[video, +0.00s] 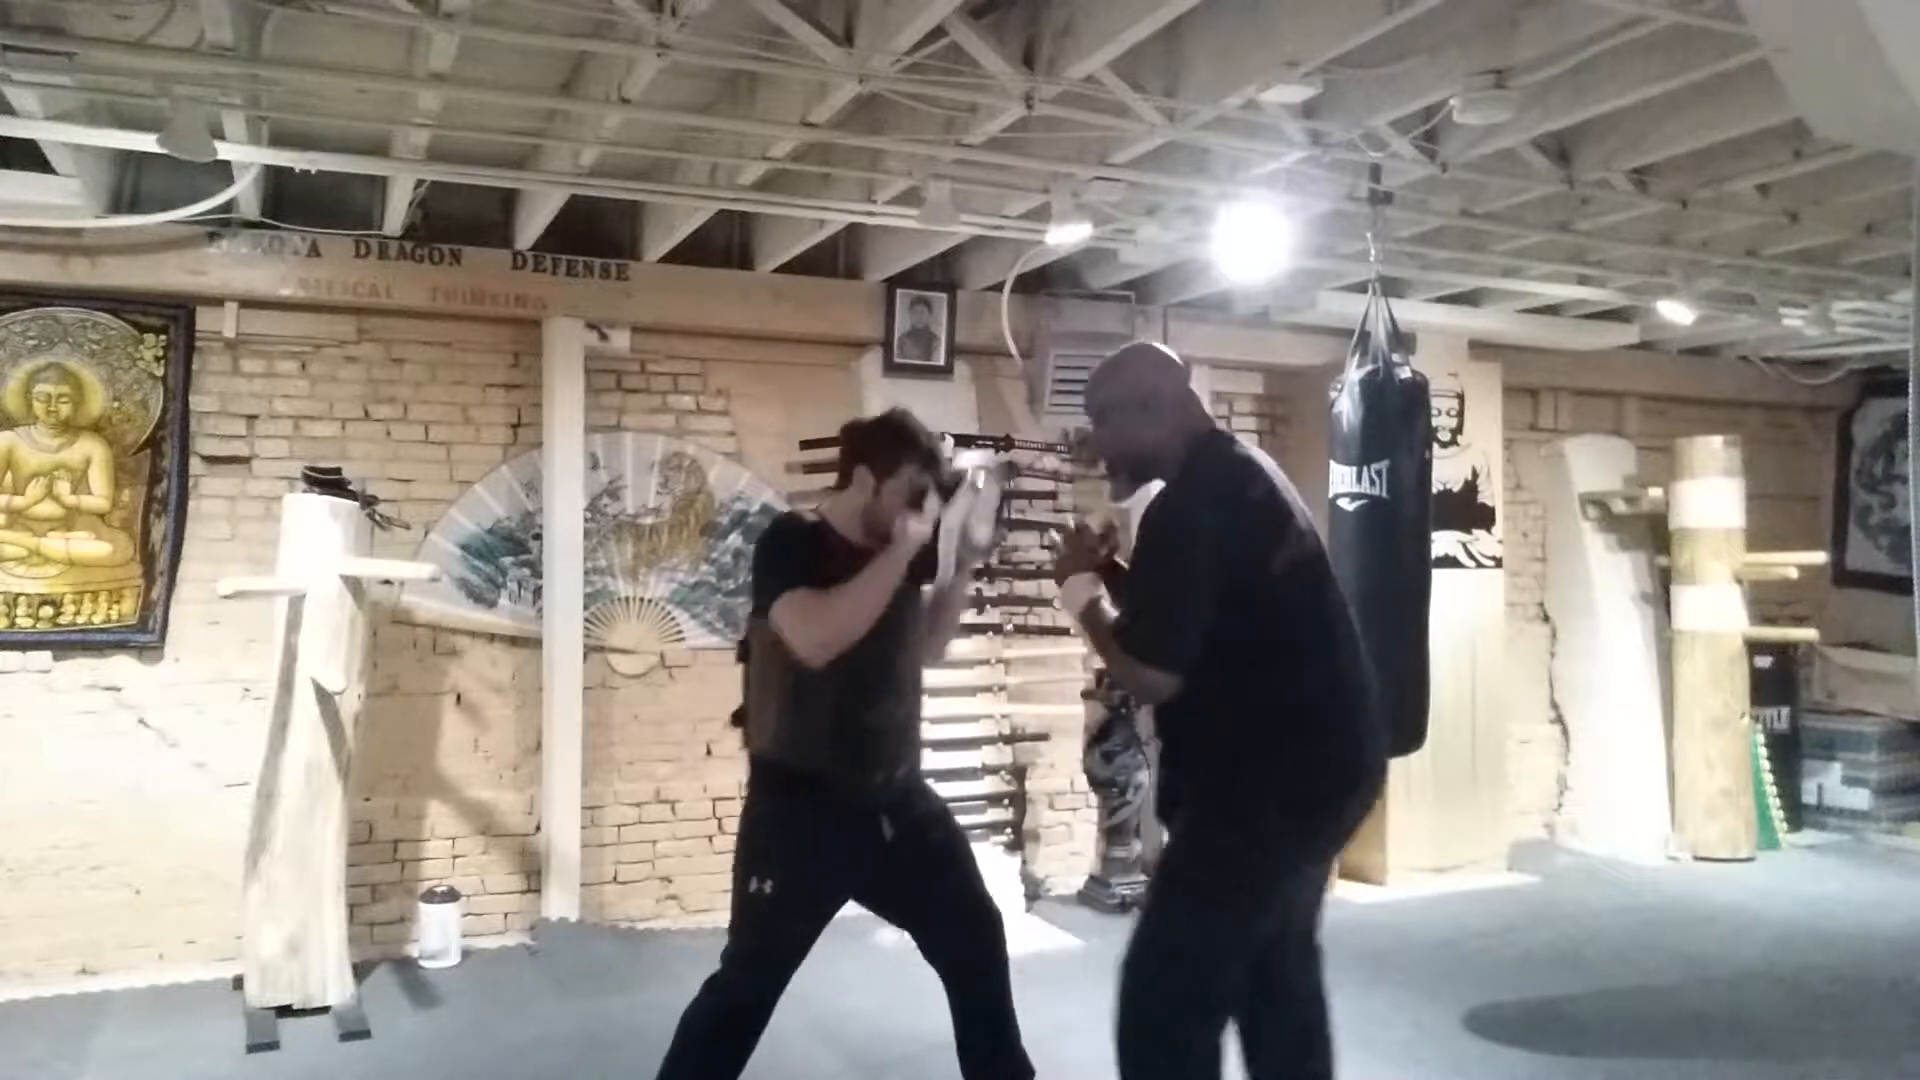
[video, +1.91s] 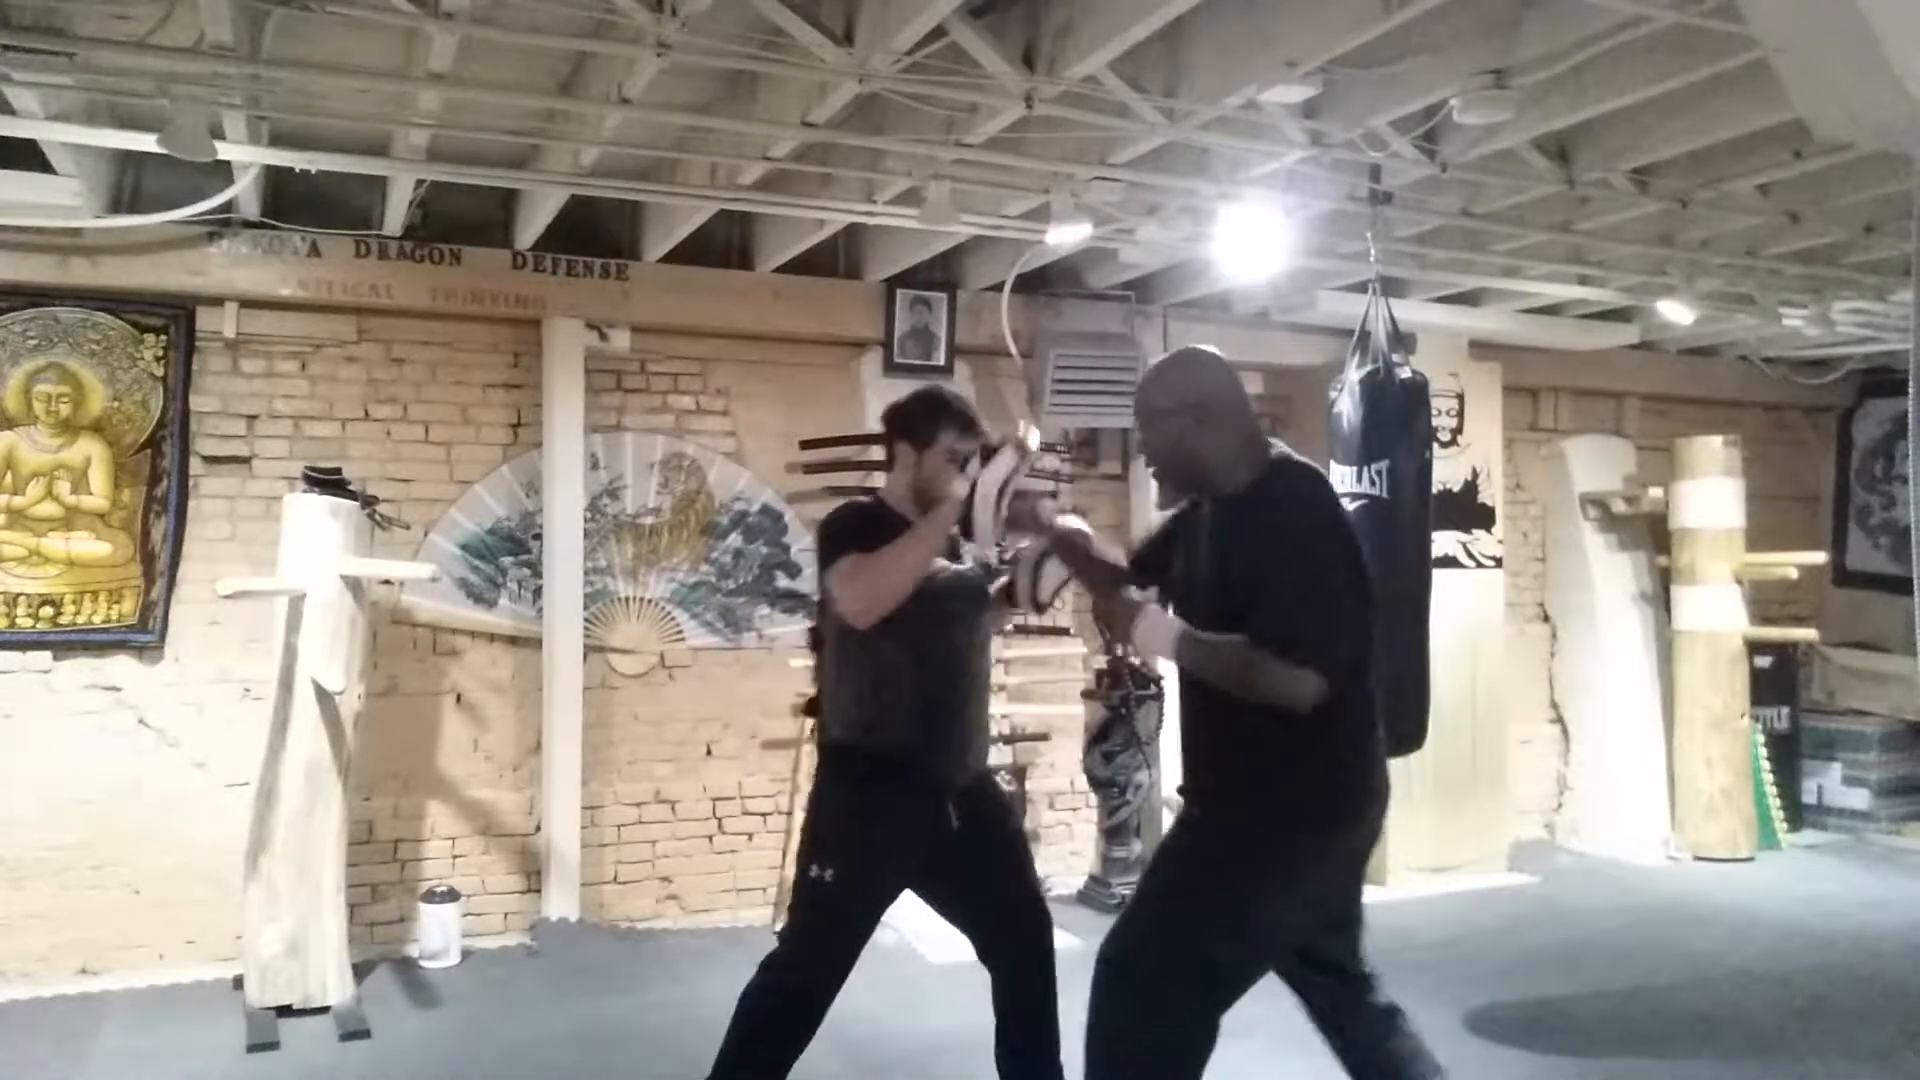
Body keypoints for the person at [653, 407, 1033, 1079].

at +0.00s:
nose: (918, 518)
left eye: (926, 506)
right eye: (911, 499)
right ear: (861, 477)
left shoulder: (897, 558)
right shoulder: (788, 542)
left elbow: (925, 646)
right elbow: (813, 640)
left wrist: (960, 568)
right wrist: (901, 553)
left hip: (895, 804)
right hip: (799, 811)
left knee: (975, 950)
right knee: (746, 988)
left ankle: (1003, 1077)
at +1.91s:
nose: (966, 477)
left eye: (972, 463)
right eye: (955, 459)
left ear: (975, 468)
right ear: (901, 453)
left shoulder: (959, 543)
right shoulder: (854, 525)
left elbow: (1021, 596)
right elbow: (858, 601)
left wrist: (1030, 528)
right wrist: (957, 511)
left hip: (960, 796)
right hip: (865, 797)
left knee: (1025, 950)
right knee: (805, 973)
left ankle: (1036, 1079)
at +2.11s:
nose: (934, 472)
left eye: (941, 459)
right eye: (919, 455)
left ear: (947, 464)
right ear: (871, 453)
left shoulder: (949, 544)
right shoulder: (818, 535)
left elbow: (954, 649)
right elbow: (792, 635)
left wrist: (996, 580)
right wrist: (862, 525)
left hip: (947, 795)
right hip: (843, 800)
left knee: (1020, 947)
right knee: (788, 972)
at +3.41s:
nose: (994, 458)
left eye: (997, 446)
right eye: (981, 442)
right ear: (928, 442)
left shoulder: (991, 532)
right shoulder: (879, 522)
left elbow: (1034, 607)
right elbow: (846, 621)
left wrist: (1093, 526)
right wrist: (932, 511)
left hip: (1001, 785)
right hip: (902, 786)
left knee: (1056, 954)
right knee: (830, 957)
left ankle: (1048, 1079)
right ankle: (736, 1077)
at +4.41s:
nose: (967, 487)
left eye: (970, 471)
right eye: (957, 469)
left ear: (914, 466)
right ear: (904, 462)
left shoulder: (944, 550)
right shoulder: (830, 532)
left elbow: (961, 651)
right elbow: (820, 650)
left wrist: (1015, 598)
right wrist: (940, 578)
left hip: (940, 800)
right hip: (839, 802)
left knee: (1002, 963)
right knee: (773, 977)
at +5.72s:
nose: (1013, 482)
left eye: (1013, 468)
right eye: (996, 466)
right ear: (944, 470)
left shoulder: (1001, 567)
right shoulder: (882, 556)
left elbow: (1015, 659)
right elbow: (839, 674)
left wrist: (1054, 627)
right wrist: (963, 656)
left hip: (999, 813)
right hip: (894, 815)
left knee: (1077, 945)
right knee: (801, 976)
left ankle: (1089, 1076)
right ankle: (728, 1078)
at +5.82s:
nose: (1055, 481)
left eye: (1057, 467)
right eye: (1038, 465)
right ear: (984, 470)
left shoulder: (1053, 564)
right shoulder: (923, 553)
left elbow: (1077, 674)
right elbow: (885, 677)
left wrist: (1096, 670)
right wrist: (1001, 679)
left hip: (1041, 809)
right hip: (931, 808)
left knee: (1109, 946)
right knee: (855, 970)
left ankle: (1099, 1079)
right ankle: (793, 1076)